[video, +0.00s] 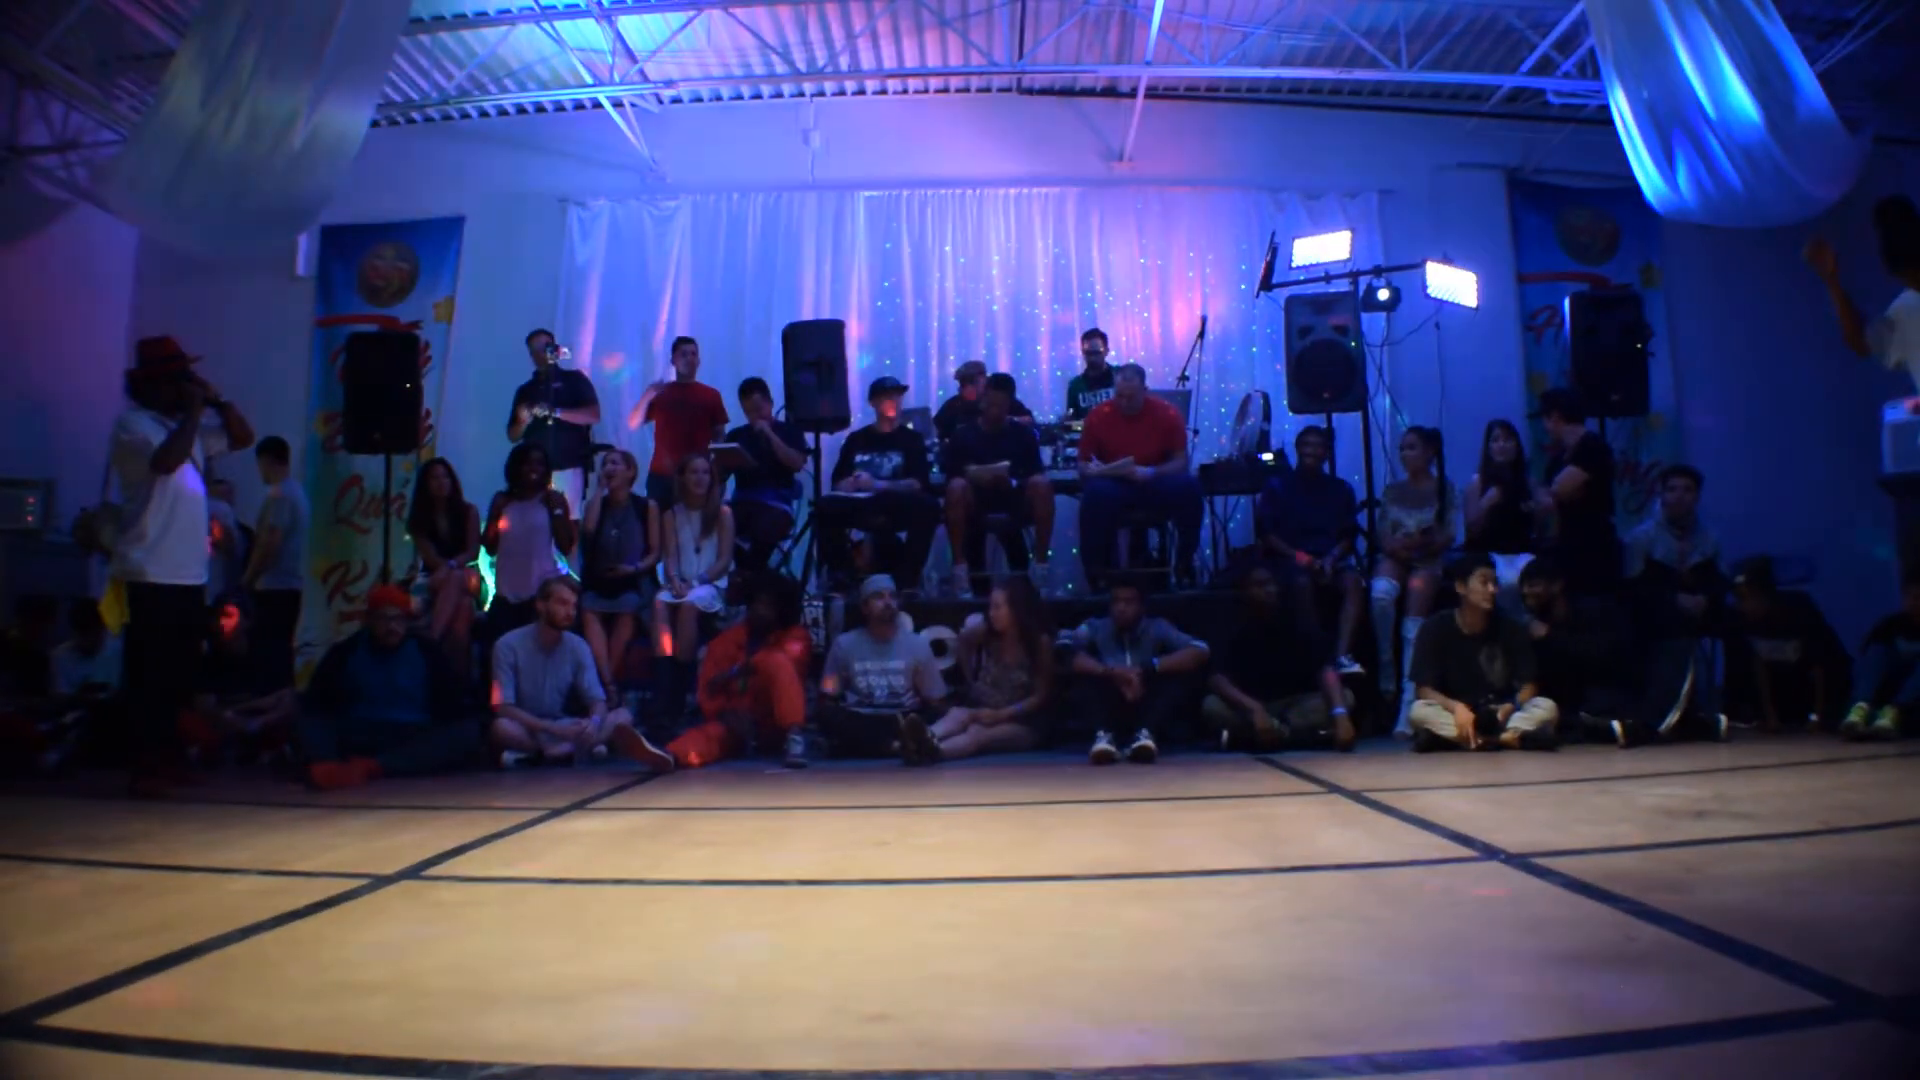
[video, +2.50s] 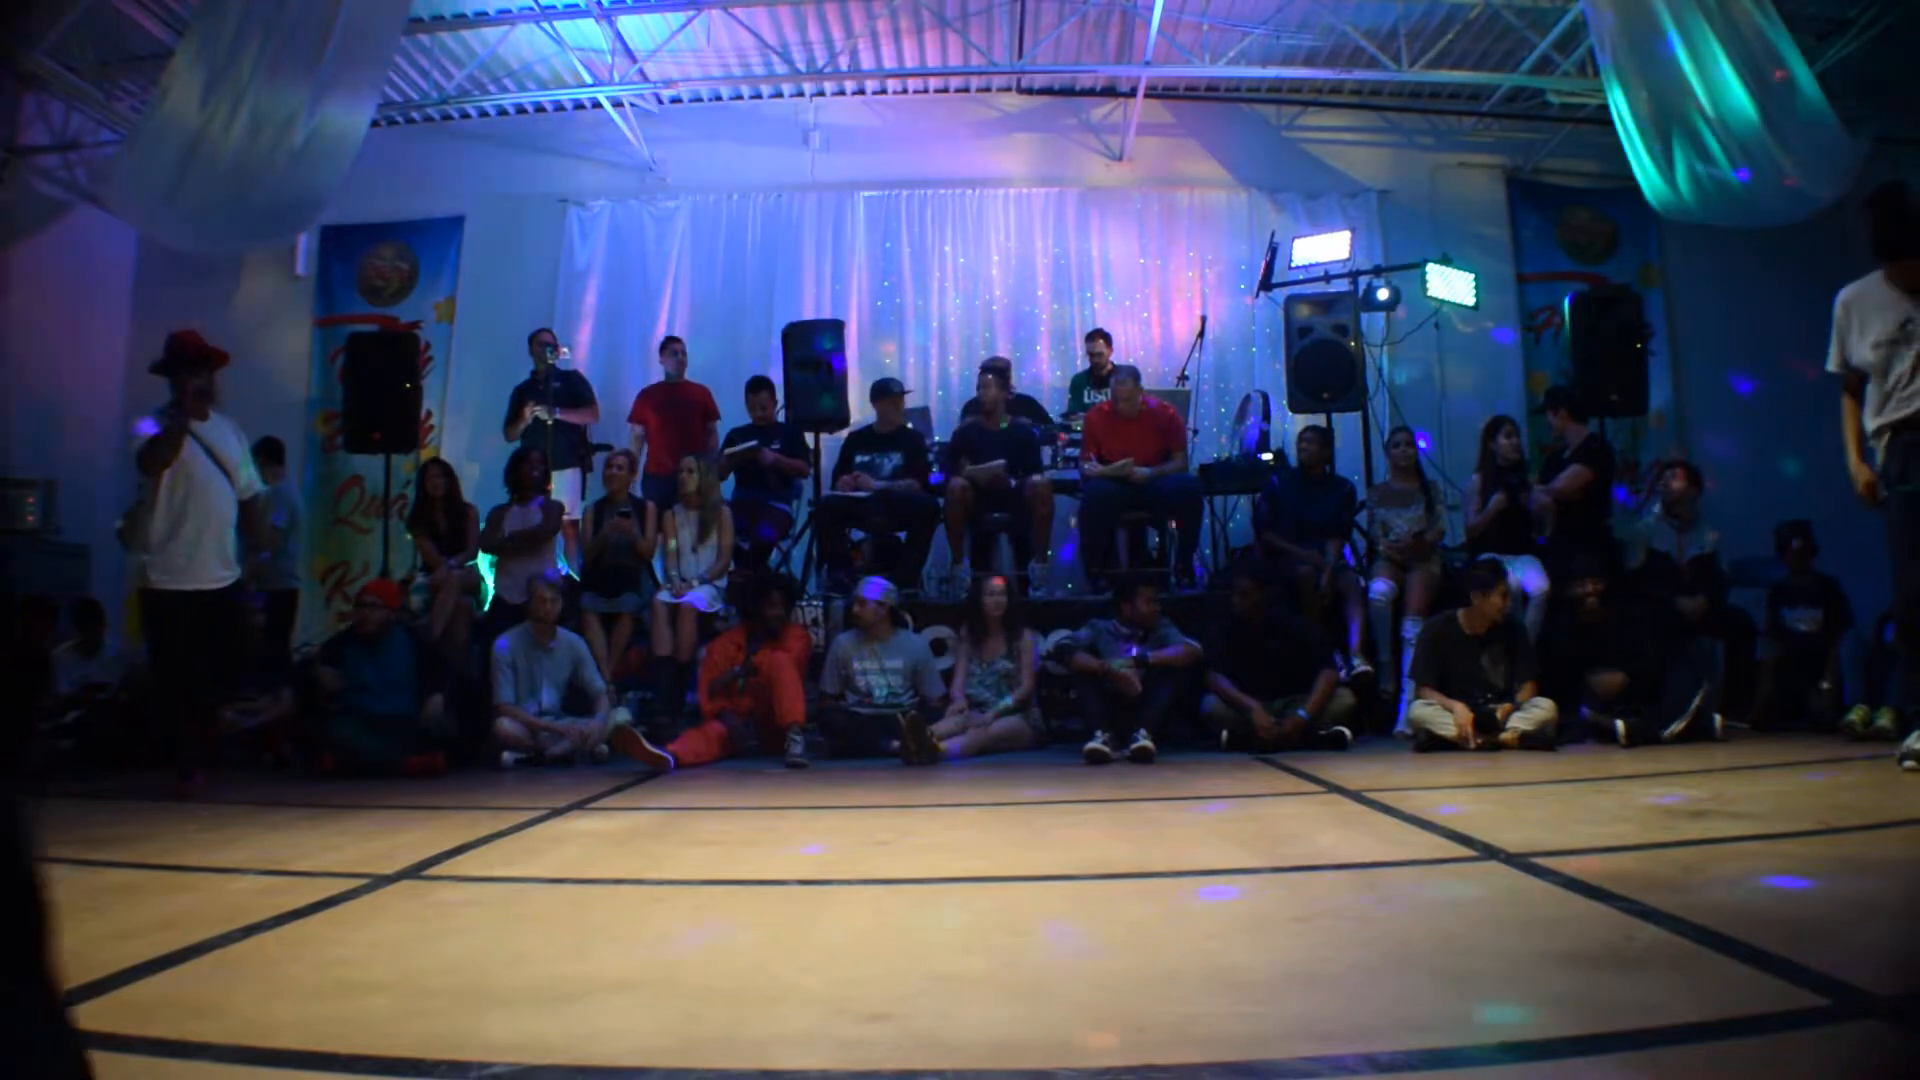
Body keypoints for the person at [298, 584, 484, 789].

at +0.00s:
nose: (392, 627)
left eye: (399, 620)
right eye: (385, 620)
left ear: (408, 621)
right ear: (370, 620)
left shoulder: (426, 653)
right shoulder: (344, 653)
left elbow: (449, 699)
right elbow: (315, 701)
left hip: (413, 732)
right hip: (355, 731)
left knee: (465, 734)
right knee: (312, 719)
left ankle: (375, 767)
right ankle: (326, 764)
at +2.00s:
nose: (384, 614)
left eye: (392, 606)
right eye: (378, 606)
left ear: (406, 611)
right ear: (369, 610)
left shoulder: (424, 645)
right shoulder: (351, 646)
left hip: (416, 722)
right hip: (365, 723)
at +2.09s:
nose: (383, 613)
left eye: (390, 605)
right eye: (377, 605)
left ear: (404, 611)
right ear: (369, 609)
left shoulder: (422, 643)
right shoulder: (349, 644)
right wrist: (352, 730)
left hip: (419, 720)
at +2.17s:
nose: (380, 611)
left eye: (388, 605)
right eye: (374, 604)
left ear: (403, 610)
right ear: (366, 607)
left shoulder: (422, 642)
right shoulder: (349, 640)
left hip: (414, 715)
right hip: (363, 716)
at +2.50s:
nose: (365, 614)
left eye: (373, 607)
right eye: (361, 606)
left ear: (389, 612)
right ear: (354, 609)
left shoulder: (410, 642)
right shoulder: (345, 641)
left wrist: (435, 697)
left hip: (404, 717)